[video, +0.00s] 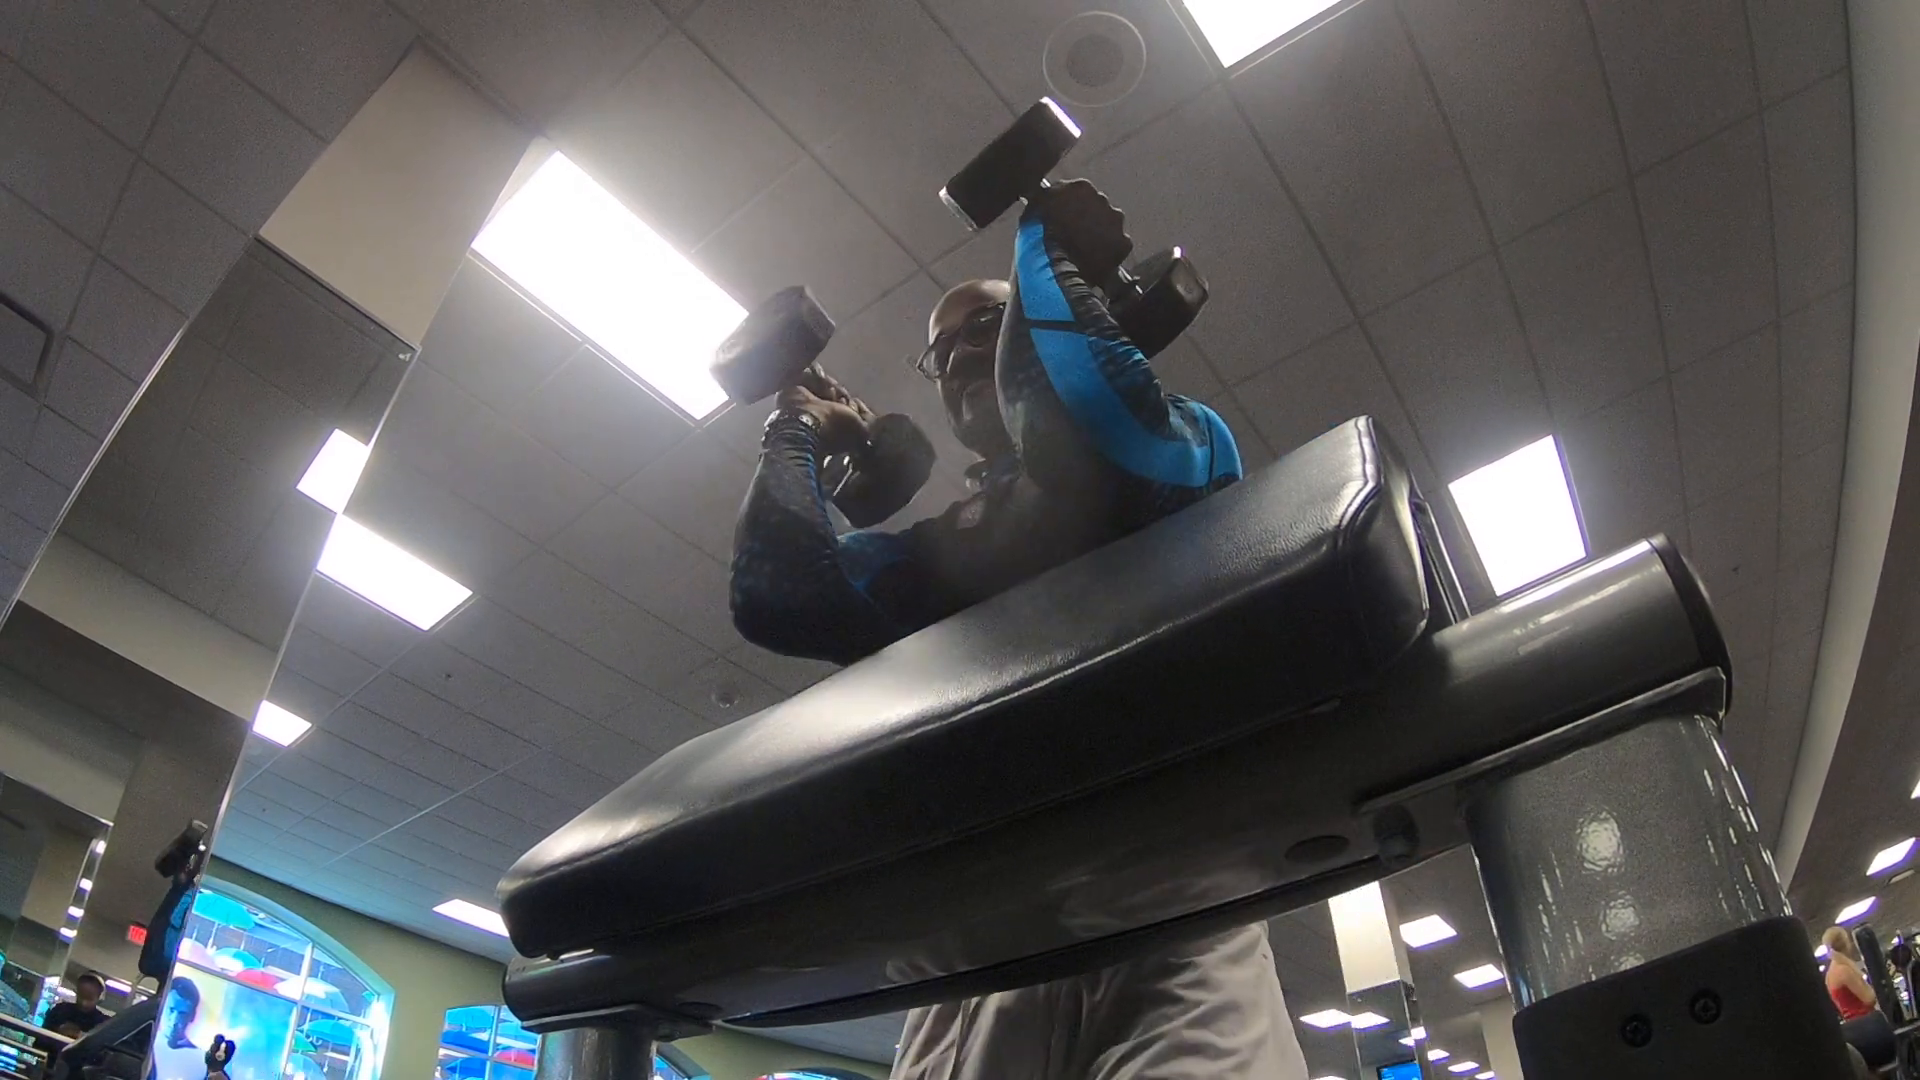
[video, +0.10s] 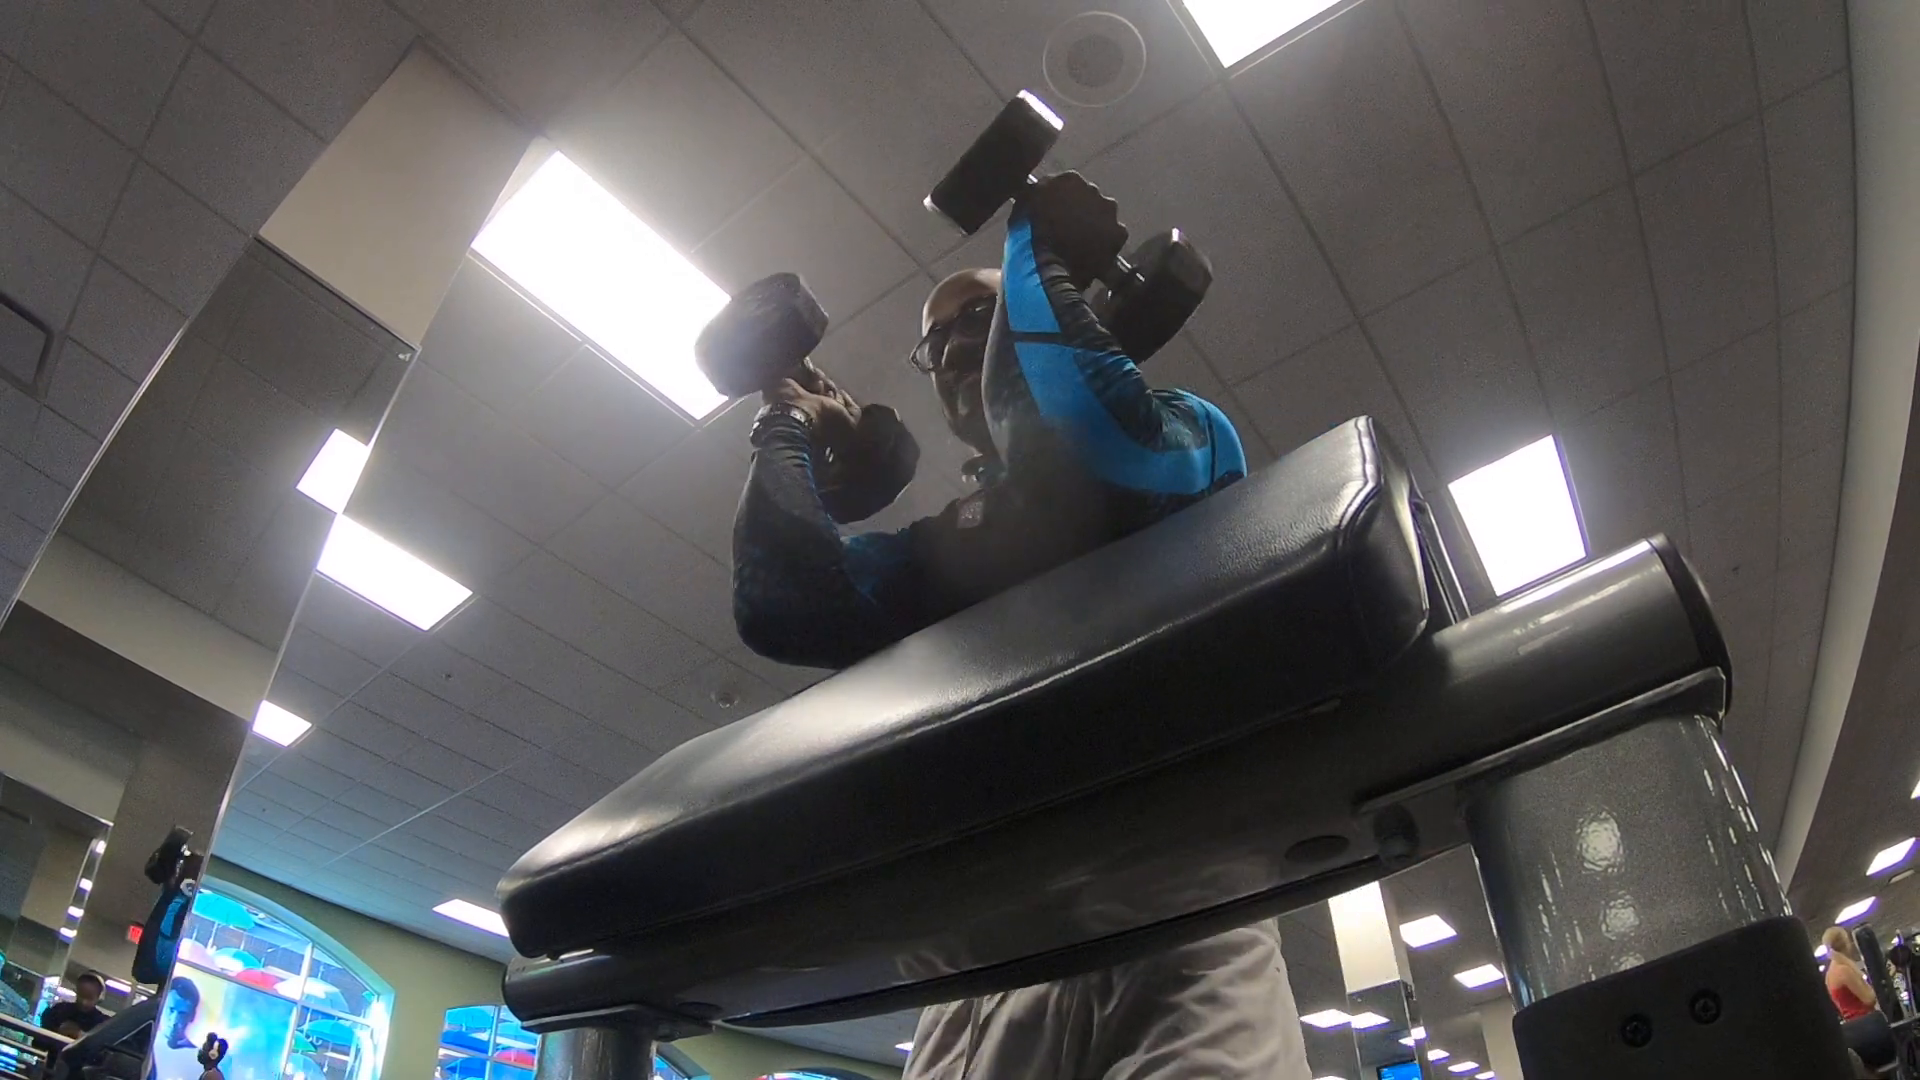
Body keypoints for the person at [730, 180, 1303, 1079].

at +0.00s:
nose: (965, 352)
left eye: (988, 326)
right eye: (943, 347)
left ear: (1047, 343)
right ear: (935, 386)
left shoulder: (1170, 474)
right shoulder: (935, 553)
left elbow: (1085, 417)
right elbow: (774, 598)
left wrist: (1049, 244)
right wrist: (795, 426)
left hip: (1186, 927)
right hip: (978, 958)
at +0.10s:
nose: (959, 349)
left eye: (980, 318)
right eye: (937, 341)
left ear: (1046, 329)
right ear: (932, 385)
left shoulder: (1178, 452)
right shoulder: (940, 550)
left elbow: (1076, 445)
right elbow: (780, 611)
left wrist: (1041, 254)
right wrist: (783, 420)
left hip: (1196, 947)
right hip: (983, 984)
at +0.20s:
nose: (951, 340)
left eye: (971, 310)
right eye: (930, 333)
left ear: (1030, 315)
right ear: (925, 372)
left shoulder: (1185, 434)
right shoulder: (937, 549)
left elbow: (1073, 453)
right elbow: (786, 632)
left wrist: (1031, 266)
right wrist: (775, 417)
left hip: (1208, 947)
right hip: (997, 991)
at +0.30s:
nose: (943, 327)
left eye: (967, 298)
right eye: (923, 320)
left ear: (1026, 308)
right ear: (922, 368)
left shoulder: (1178, 436)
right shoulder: (928, 554)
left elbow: (1089, 488)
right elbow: (790, 645)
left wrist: (1027, 260)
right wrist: (764, 427)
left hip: (1233, 941)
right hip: (1022, 997)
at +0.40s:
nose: (930, 328)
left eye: (954, 302)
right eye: (915, 316)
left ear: (1017, 314)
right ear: (921, 367)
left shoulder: (1189, 425)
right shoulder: (934, 558)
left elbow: (1080, 508)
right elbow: (790, 662)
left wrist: (1013, 243)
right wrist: (749, 425)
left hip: (1243, 945)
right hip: (1039, 999)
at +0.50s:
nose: (956, 345)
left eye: (971, 311)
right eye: (925, 328)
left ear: (1052, 319)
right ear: (913, 366)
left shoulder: (1192, 429)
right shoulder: (938, 561)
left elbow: (1075, 501)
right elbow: (773, 662)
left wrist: (991, 220)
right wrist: (717, 409)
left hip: (1252, 956)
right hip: (1050, 1006)